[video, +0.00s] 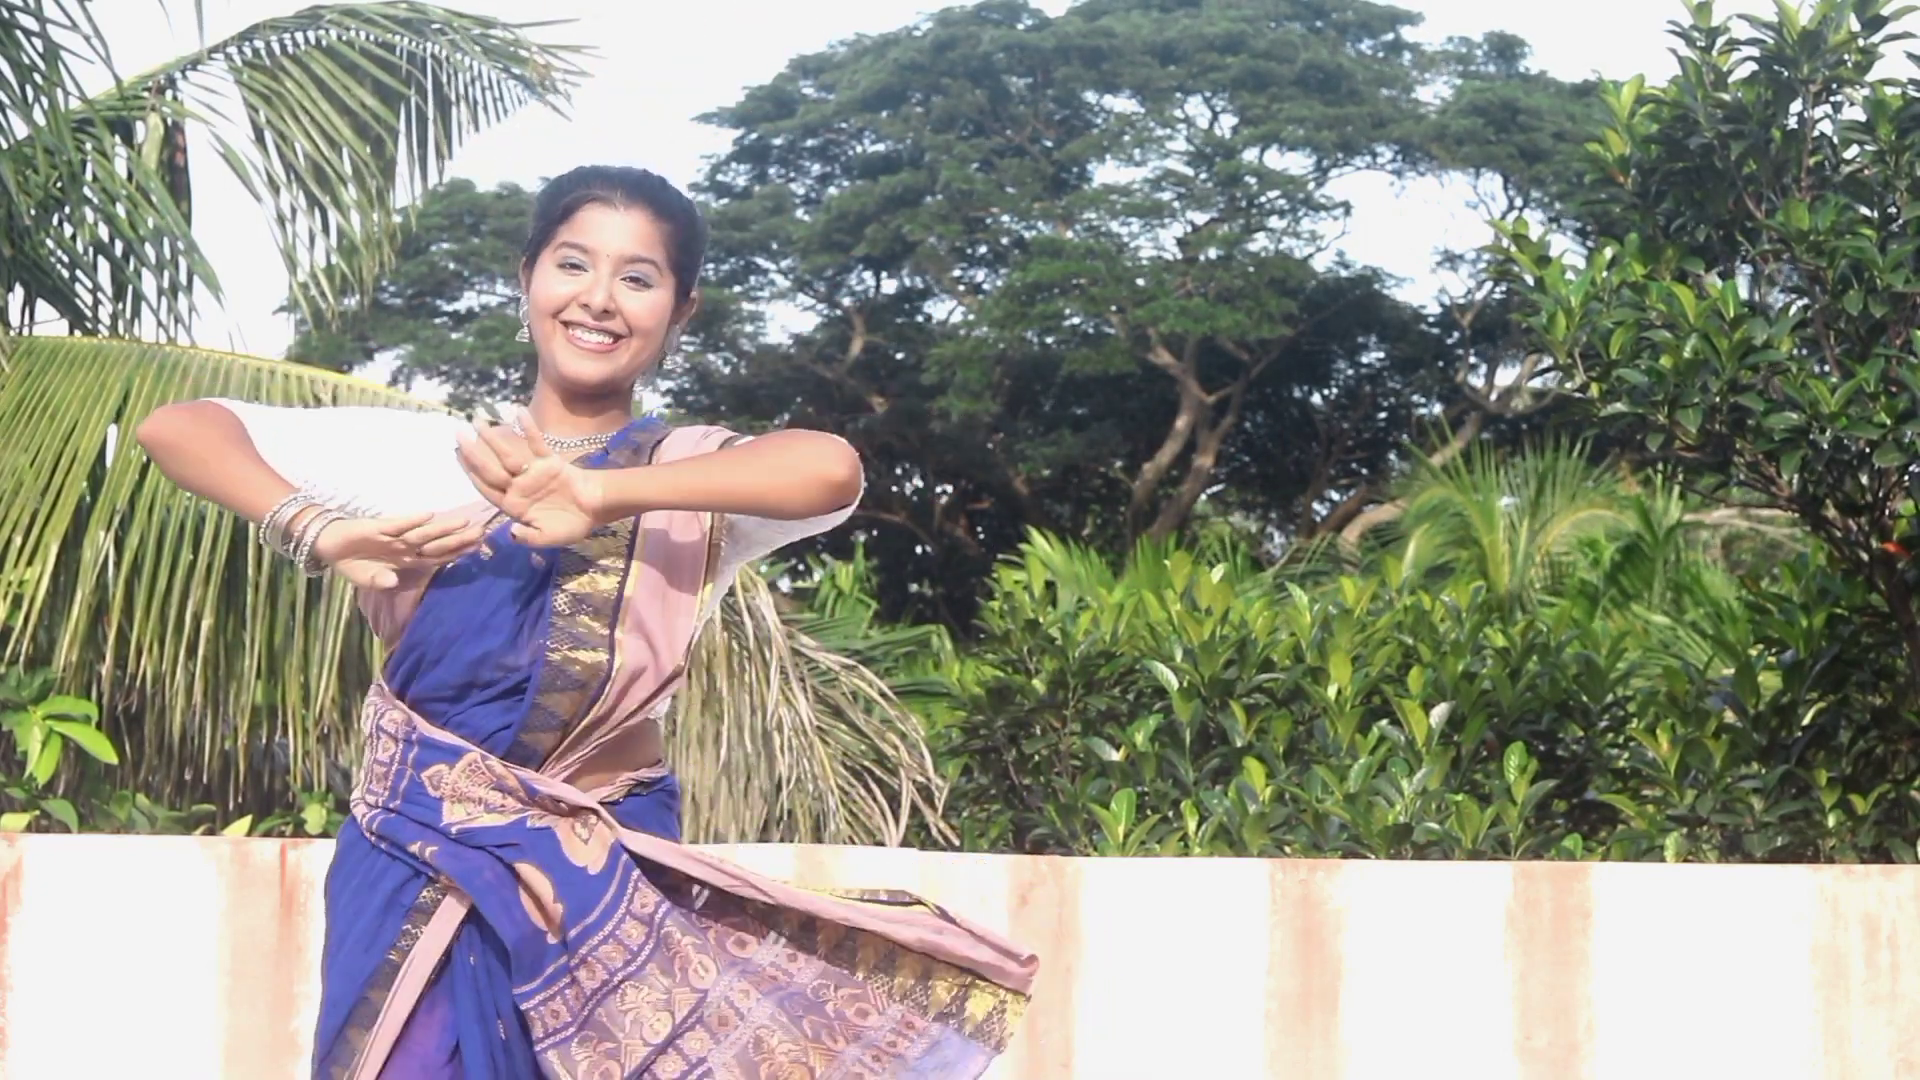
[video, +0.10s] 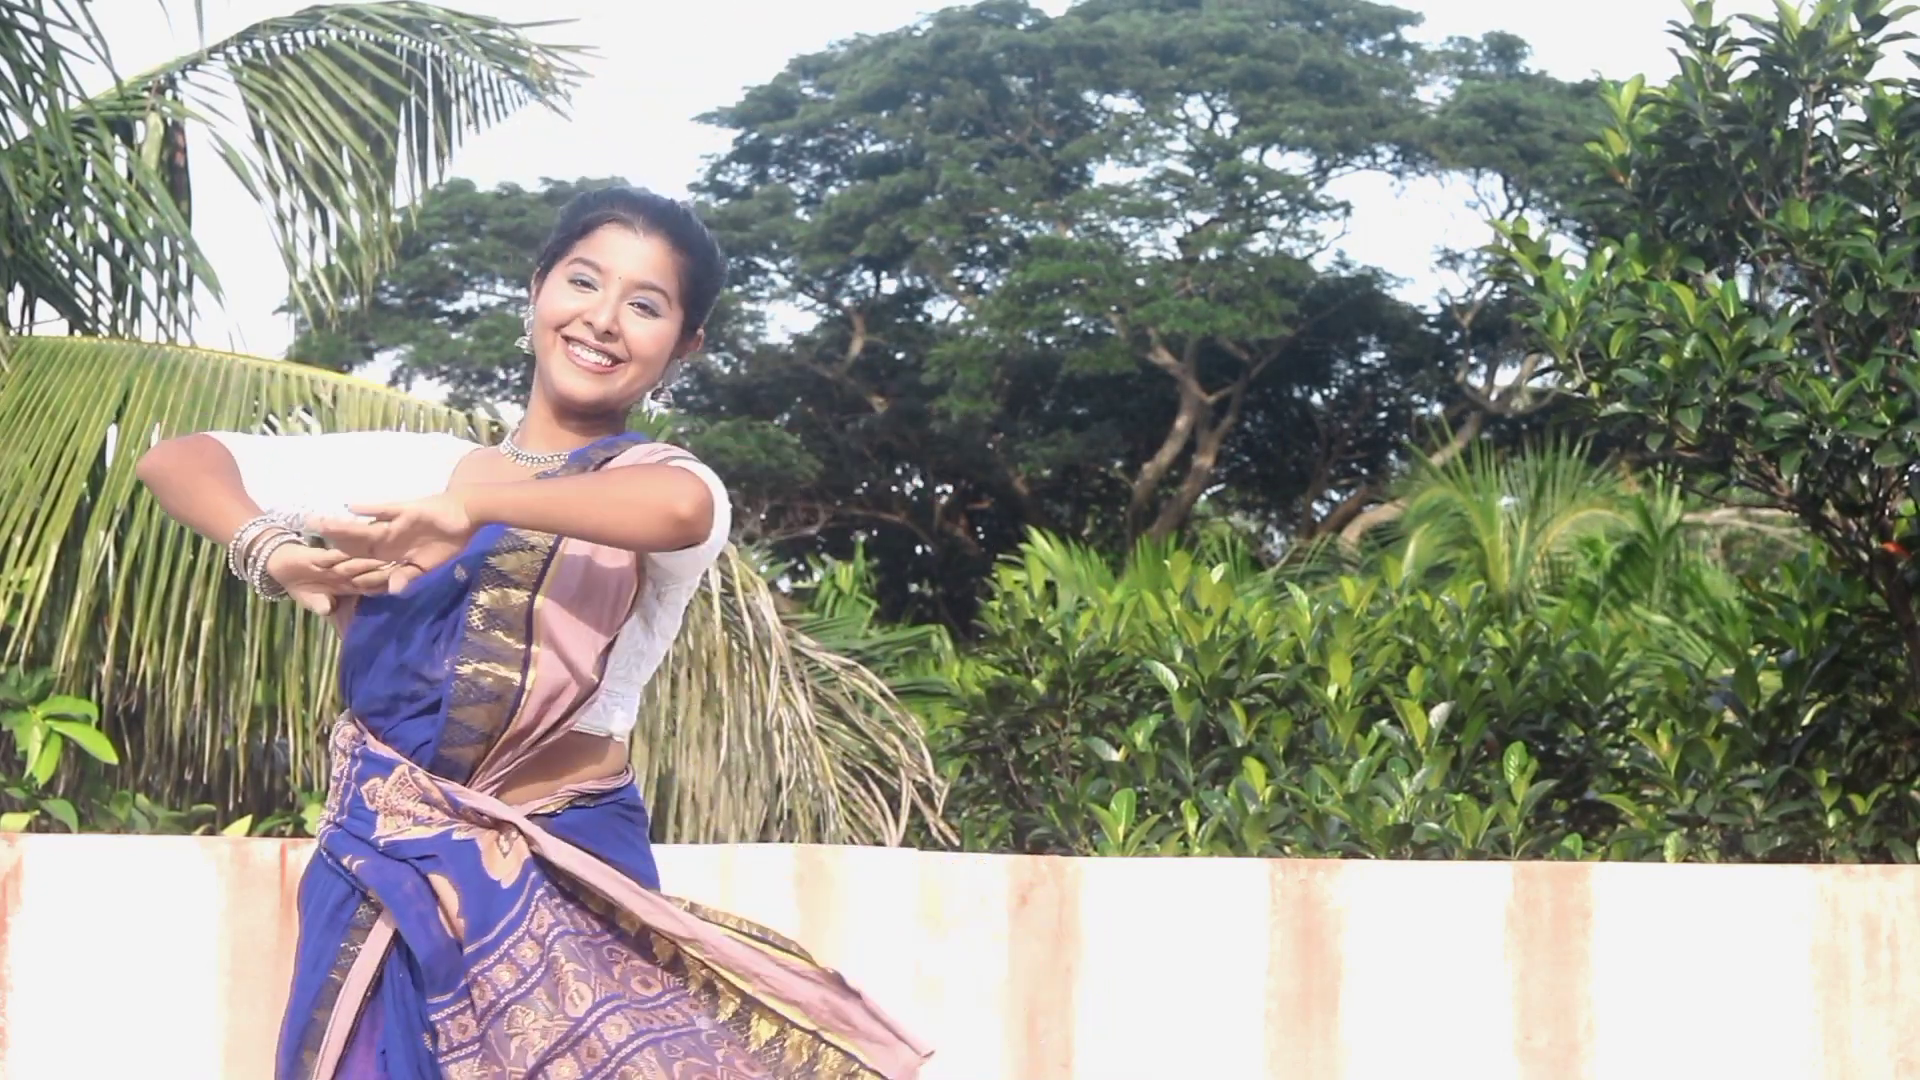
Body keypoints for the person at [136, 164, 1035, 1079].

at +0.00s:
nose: (598, 297)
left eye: (637, 278)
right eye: (573, 264)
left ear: (676, 319)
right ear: (527, 287)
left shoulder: (692, 471)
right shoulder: (430, 450)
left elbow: (838, 471)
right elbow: (173, 427)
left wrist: (606, 491)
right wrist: (315, 529)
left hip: (613, 862)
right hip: (421, 856)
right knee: (407, 1062)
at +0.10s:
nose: (603, 317)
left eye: (645, 304)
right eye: (582, 281)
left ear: (678, 352)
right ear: (534, 298)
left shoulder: (667, 485)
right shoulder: (433, 462)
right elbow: (177, 458)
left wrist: (469, 496)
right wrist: (265, 547)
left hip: (566, 873)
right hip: (383, 864)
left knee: (662, 1060)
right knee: (362, 1060)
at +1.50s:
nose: (588, 299)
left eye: (610, 265)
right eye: (545, 280)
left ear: (649, 288)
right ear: (498, 324)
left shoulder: (741, 462)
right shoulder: (511, 459)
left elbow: (947, 476)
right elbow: (482, 499)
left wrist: (889, 466)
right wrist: (701, 535)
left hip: (748, 888)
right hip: (577, 887)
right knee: (566, 1065)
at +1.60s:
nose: (605, 298)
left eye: (627, 264)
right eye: (562, 279)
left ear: (664, 286)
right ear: (513, 320)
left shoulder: (740, 457)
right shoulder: (538, 461)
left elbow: (886, 460)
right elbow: (587, 499)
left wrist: (903, 480)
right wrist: (781, 539)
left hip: (786, 891)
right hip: (620, 898)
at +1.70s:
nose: (671, 296)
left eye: (686, 263)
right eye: (624, 274)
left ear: (712, 280)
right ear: (555, 313)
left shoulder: (687, 454)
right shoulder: (627, 469)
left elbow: (800, 468)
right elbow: (805, 484)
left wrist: (878, 520)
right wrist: (899, 550)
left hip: (812, 876)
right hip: (714, 897)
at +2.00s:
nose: (837, 262)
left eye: (823, 236)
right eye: (816, 239)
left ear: (670, 294)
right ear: (757, 277)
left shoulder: (595, 472)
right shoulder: (854, 446)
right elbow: (1132, 477)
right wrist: (989, 562)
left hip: (665, 892)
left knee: (676, 1061)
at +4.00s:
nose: (703, 355)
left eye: (729, 329)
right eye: (668, 350)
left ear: (788, 364)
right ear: (648, 404)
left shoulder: (900, 509)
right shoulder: (647, 553)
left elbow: (1042, 348)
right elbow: (605, 365)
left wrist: (1011, 117)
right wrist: (641, 115)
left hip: (974, 983)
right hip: (766, 1006)